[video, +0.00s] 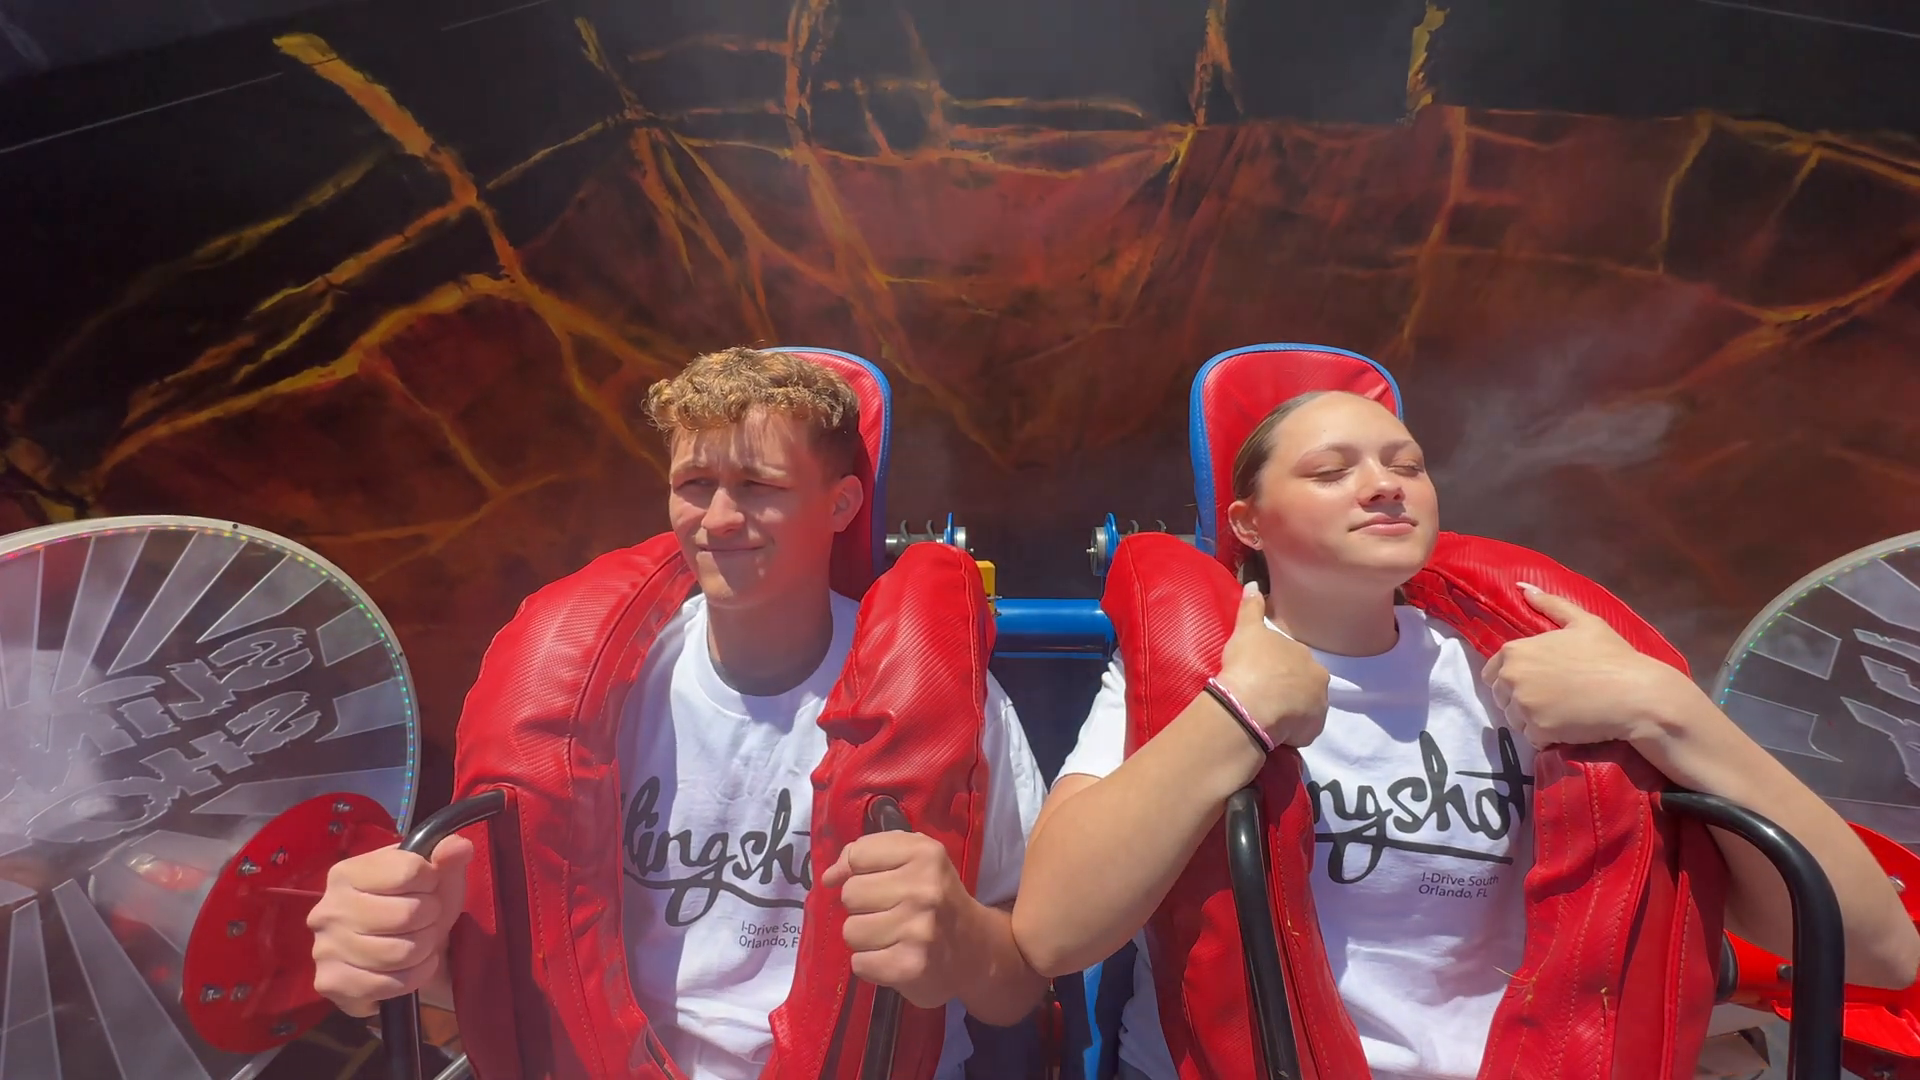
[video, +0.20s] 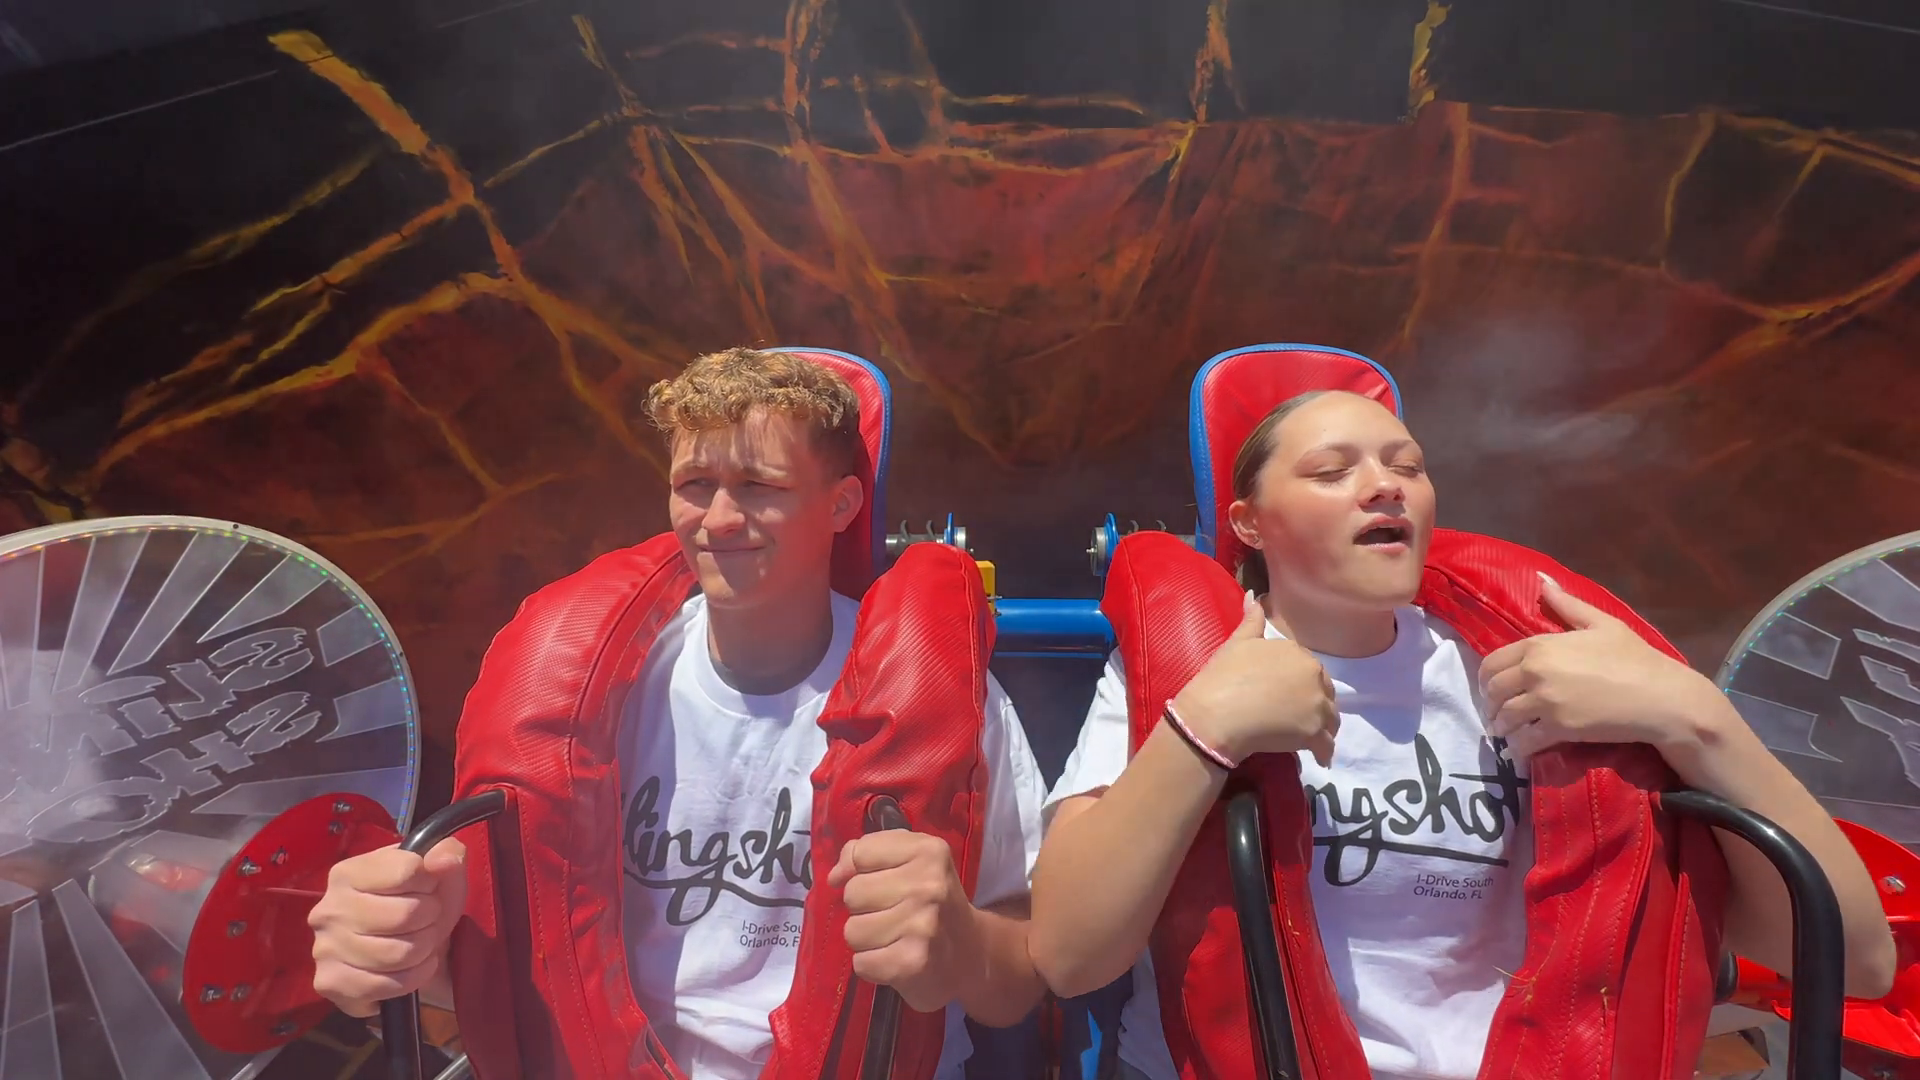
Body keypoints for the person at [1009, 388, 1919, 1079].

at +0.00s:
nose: (1387, 484)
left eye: (1402, 458)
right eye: (1332, 469)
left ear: (1431, 487)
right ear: (1252, 524)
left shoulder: (1542, 673)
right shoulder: (1172, 677)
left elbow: (1883, 947)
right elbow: (1050, 938)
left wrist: (1665, 708)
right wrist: (1242, 714)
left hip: (1530, 1063)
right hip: (1296, 1064)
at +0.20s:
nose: (1389, 487)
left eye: (1405, 463)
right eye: (1333, 468)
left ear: (1429, 494)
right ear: (1249, 525)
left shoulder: (1541, 676)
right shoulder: (1168, 674)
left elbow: (1859, 965)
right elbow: (1065, 961)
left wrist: (1694, 713)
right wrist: (1200, 733)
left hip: (1531, 1069)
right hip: (1280, 1071)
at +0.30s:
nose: (1387, 484)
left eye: (1405, 462)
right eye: (1332, 467)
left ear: (1432, 499)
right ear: (1246, 522)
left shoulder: (1531, 666)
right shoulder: (1159, 672)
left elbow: (1760, 973)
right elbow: (1084, 977)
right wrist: (1167, 812)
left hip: (1522, 1056)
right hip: (1270, 1059)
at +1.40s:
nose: (1383, 485)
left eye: (1401, 460)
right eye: (1330, 468)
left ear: (1432, 492)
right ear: (1244, 523)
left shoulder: (1531, 668)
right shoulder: (1173, 668)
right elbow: (1086, 955)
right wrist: (1163, 913)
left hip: (1503, 1069)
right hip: (1280, 1065)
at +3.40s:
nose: (1384, 480)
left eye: (1401, 456)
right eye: (1329, 466)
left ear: (1432, 491)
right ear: (1244, 523)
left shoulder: (1525, 670)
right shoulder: (1173, 668)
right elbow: (1085, 956)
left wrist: (1750, 929)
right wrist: (1161, 911)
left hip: (1505, 1067)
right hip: (1289, 1066)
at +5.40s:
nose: (1374, 489)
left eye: (1394, 461)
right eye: (1321, 472)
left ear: (1428, 488)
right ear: (1242, 524)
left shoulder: (1527, 659)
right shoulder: (1171, 663)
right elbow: (1086, 955)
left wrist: (1743, 889)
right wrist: (1159, 913)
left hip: (1509, 1057)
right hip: (1288, 1059)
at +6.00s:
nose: (1379, 468)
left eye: (1395, 445)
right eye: (1325, 455)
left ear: (1431, 480)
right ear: (1244, 518)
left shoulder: (1530, 662)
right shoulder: (1173, 663)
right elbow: (1088, 953)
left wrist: (1767, 904)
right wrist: (1158, 914)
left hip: (1506, 1067)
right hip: (1281, 1066)